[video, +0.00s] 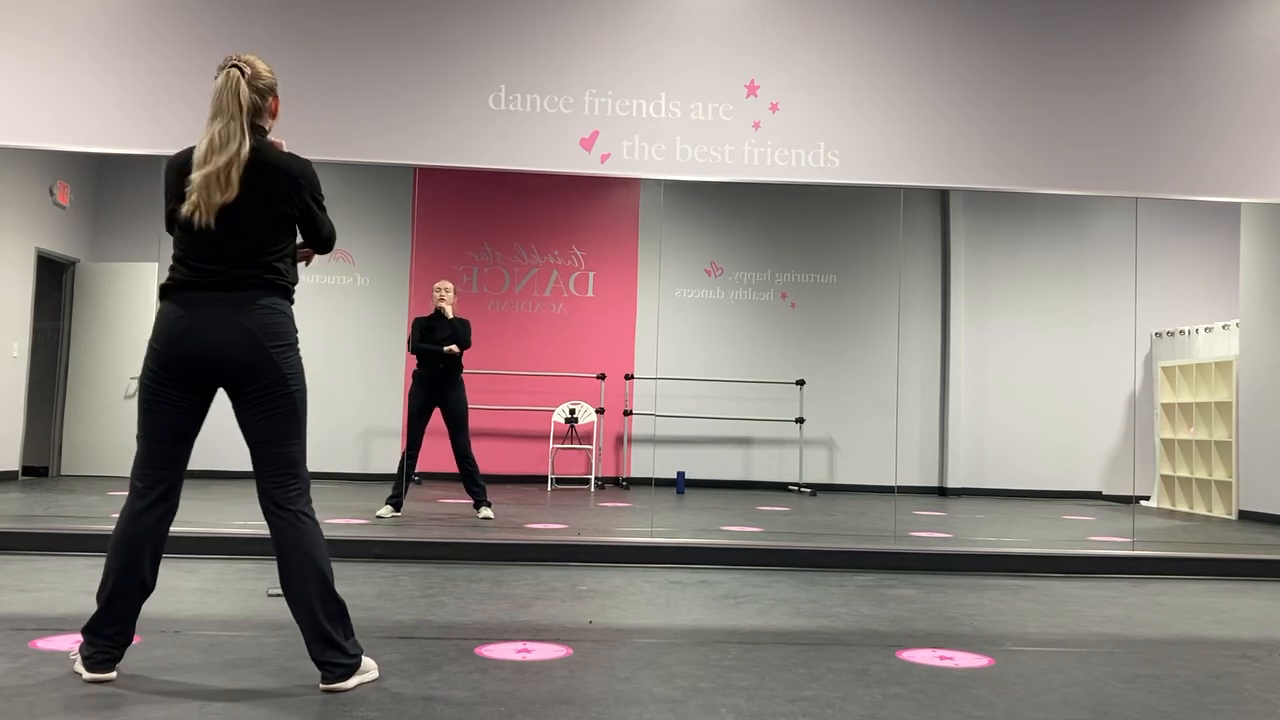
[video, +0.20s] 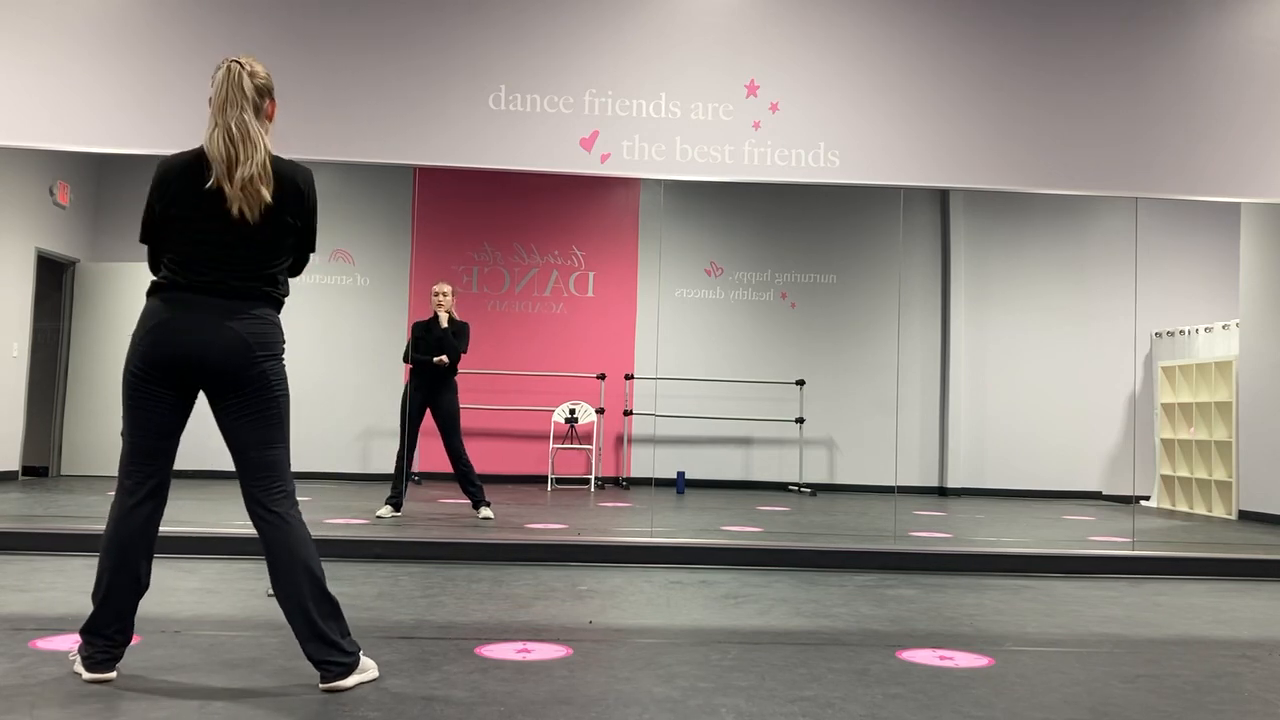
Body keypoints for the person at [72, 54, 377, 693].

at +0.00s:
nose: (282, 112)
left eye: (279, 102)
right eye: (281, 103)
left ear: (218, 102)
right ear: (270, 107)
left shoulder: (182, 166)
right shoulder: (292, 171)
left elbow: (189, 235)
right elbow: (323, 240)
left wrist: (284, 246)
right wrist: (283, 243)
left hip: (179, 327)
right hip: (261, 328)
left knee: (150, 489)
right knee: (287, 497)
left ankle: (100, 649)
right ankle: (338, 659)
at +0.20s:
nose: (276, 115)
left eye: (271, 105)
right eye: (276, 106)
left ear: (212, 107)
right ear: (268, 110)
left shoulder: (173, 172)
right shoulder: (294, 180)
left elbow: (154, 249)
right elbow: (297, 260)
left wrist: (215, 251)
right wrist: (233, 254)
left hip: (165, 330)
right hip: (250, 335)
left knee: (138, 488)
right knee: (274, 500)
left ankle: (100, 649)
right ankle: (336, 659)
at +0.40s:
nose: (280, 116)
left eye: (276, 106)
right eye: (279, 107)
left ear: (216, 105)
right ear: (269, 109)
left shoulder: (178, 167)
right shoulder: (290, 171)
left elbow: (168, 232)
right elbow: (312, 244)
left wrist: (236, 229)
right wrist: (267, 231)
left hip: (178, 326)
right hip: (260, 328)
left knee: (149, 489)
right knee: (286, 496)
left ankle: (101, 649)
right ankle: (337, 659)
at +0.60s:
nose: (284, 114)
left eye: (282, 104)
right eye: (282, 105)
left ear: (220, 105)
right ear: (269, 108)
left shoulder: (186, 170)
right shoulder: (288, 166)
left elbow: (194, 246)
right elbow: (328, 243)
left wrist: (296, 254)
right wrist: (315, 248)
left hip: (200, 331)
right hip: (277, 329)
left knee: (167, 490)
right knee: (298, 495)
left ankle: (101, 648)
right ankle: (338, 659)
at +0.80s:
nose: (286, 110)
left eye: (283, 100)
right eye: (283, 101)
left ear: (216, 106)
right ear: (270, 106)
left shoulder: (188, 176)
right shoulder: (292, 167)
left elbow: (201, 247)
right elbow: (329, 245)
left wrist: (299, 253)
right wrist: (312, 247)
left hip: (206, 329)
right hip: (284, 326)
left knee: (171, 490)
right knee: (303, 493)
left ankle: (102, 648)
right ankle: (338, 659)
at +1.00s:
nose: (288, 114)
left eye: (284, 103)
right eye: (286, 104)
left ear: (224, 107)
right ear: (275, 110)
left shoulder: (187, 166)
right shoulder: (298, 170)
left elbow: (196, 235)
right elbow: (327, 240)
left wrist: (288, 240)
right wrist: (277, 237)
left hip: (180, 324)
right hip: (261, 327)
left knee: (150, 490)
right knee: (288, 498)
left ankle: (100, 649)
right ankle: (338, 659)